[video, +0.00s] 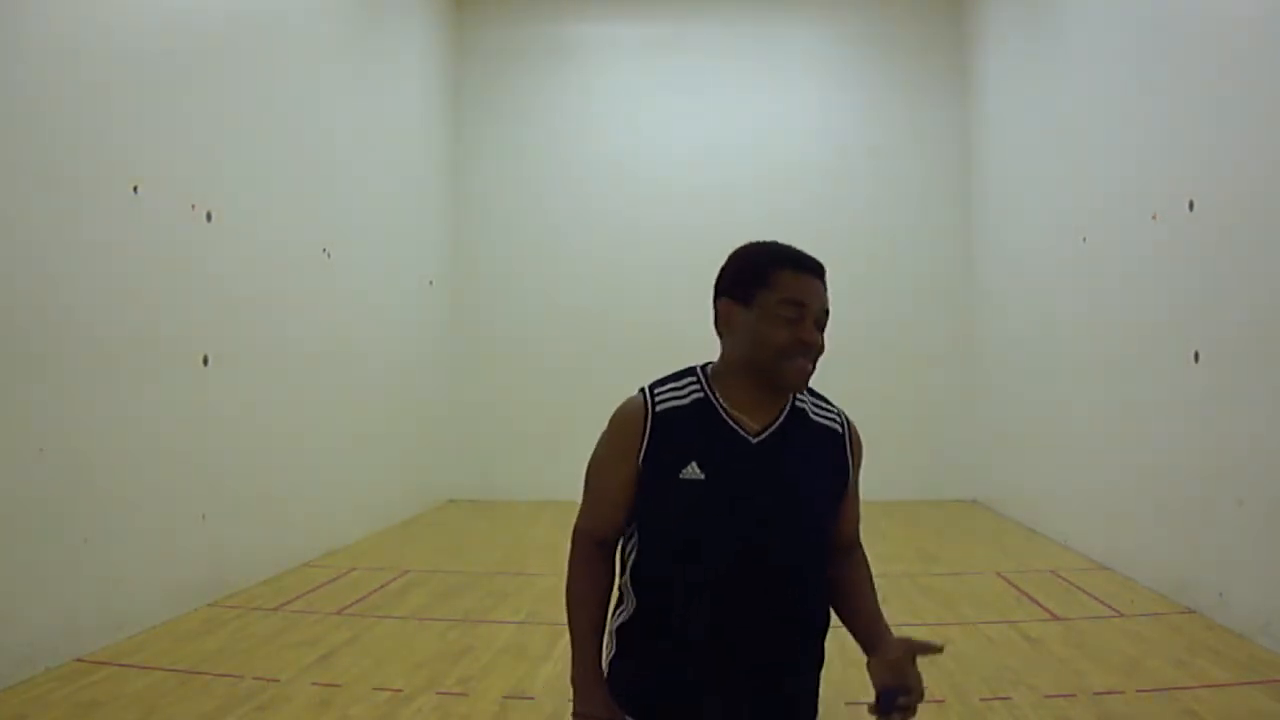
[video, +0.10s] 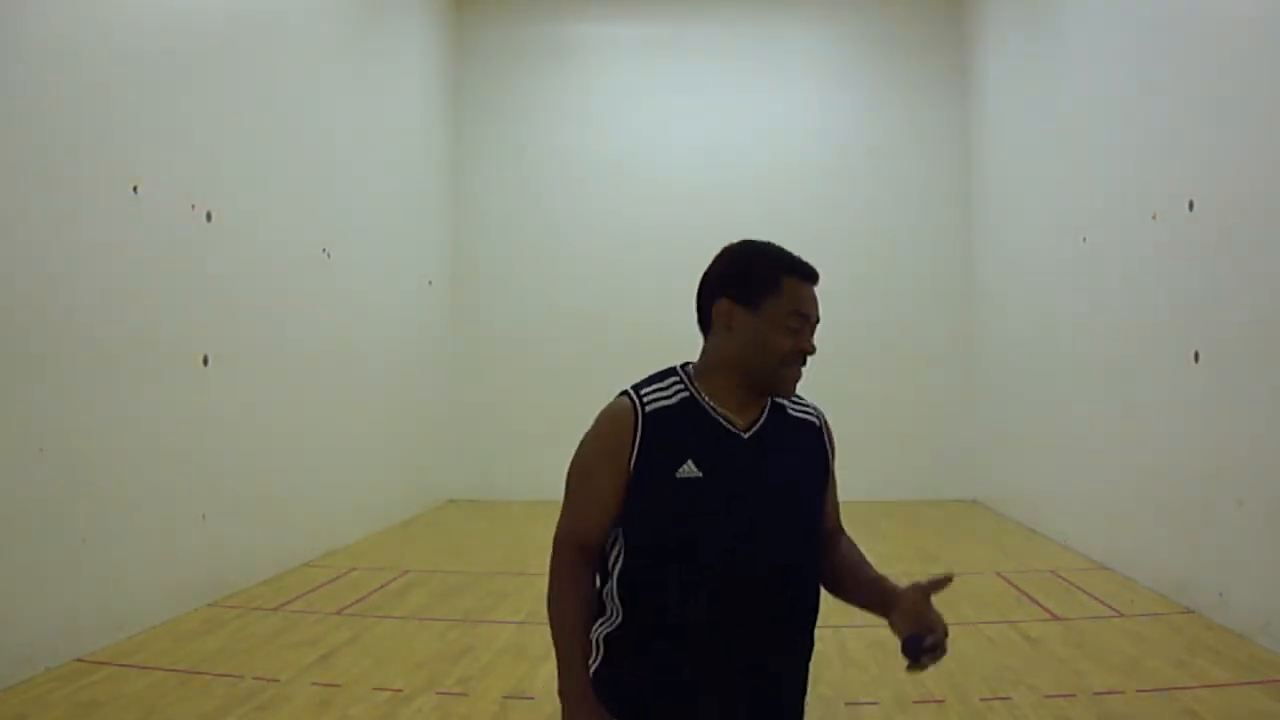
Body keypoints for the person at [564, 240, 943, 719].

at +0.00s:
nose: (813, 339)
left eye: (820, 324)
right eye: (792, 317)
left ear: (827, 331)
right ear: (727, 315)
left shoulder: (835, 439)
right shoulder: (649, 420)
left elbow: (842, 552)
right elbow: (594, 544)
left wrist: (881, 644)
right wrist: (588, 684)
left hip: (780, 698)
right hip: (659, 694)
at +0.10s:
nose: (811, 346)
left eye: (813, 329)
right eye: (796, 324)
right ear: (726, 317)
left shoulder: (808, 431)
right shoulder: (634, 422)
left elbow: (827, 543)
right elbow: (575, 555)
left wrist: (893, 600)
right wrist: (577, 698)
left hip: (769, 703)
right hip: (646, 700)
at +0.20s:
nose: (793, 356)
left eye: (794, 338)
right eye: (781, 335)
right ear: (713, 326)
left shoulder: (778, 435)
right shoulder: (615, 429)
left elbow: (806, 538)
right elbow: (543, 564)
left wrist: (899, 556)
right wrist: (555, 705)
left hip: (748, 702)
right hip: (628, 700)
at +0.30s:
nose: (766, 374)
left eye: (768, 356)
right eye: (757, 353)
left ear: (700, 347)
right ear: (692, 344)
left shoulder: (738, 444)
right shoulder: (587, 445)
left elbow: (779, 533)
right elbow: (503, 583)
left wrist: (892, 537)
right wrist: (516, 713)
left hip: (716, 706)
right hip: (598, 708)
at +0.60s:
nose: (739, 392)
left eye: (740, 374)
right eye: (732, 371)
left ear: (680, 362)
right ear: (671, 357)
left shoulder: (694, 455)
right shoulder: (546, 448)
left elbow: (672, 536)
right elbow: (410, 565)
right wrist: (323, 699)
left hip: (616, 697)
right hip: (507, 701)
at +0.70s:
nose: (752, 394)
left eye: (753, 376)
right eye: (745, 373)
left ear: (692, 367)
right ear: (688, 363)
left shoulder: (689, 455)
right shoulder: (574, 450)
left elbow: (620, 589)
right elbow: (443, 568)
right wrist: (336, 697)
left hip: (606, 700)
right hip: (510, 704)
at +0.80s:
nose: (762, 390)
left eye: (761, 372)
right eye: (755, 370)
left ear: (705, 362)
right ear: (705, 361)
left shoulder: (676, 450)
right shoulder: (619, 454)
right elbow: (525, 597)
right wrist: (482, 709)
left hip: (600, 698)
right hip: (547, 702)